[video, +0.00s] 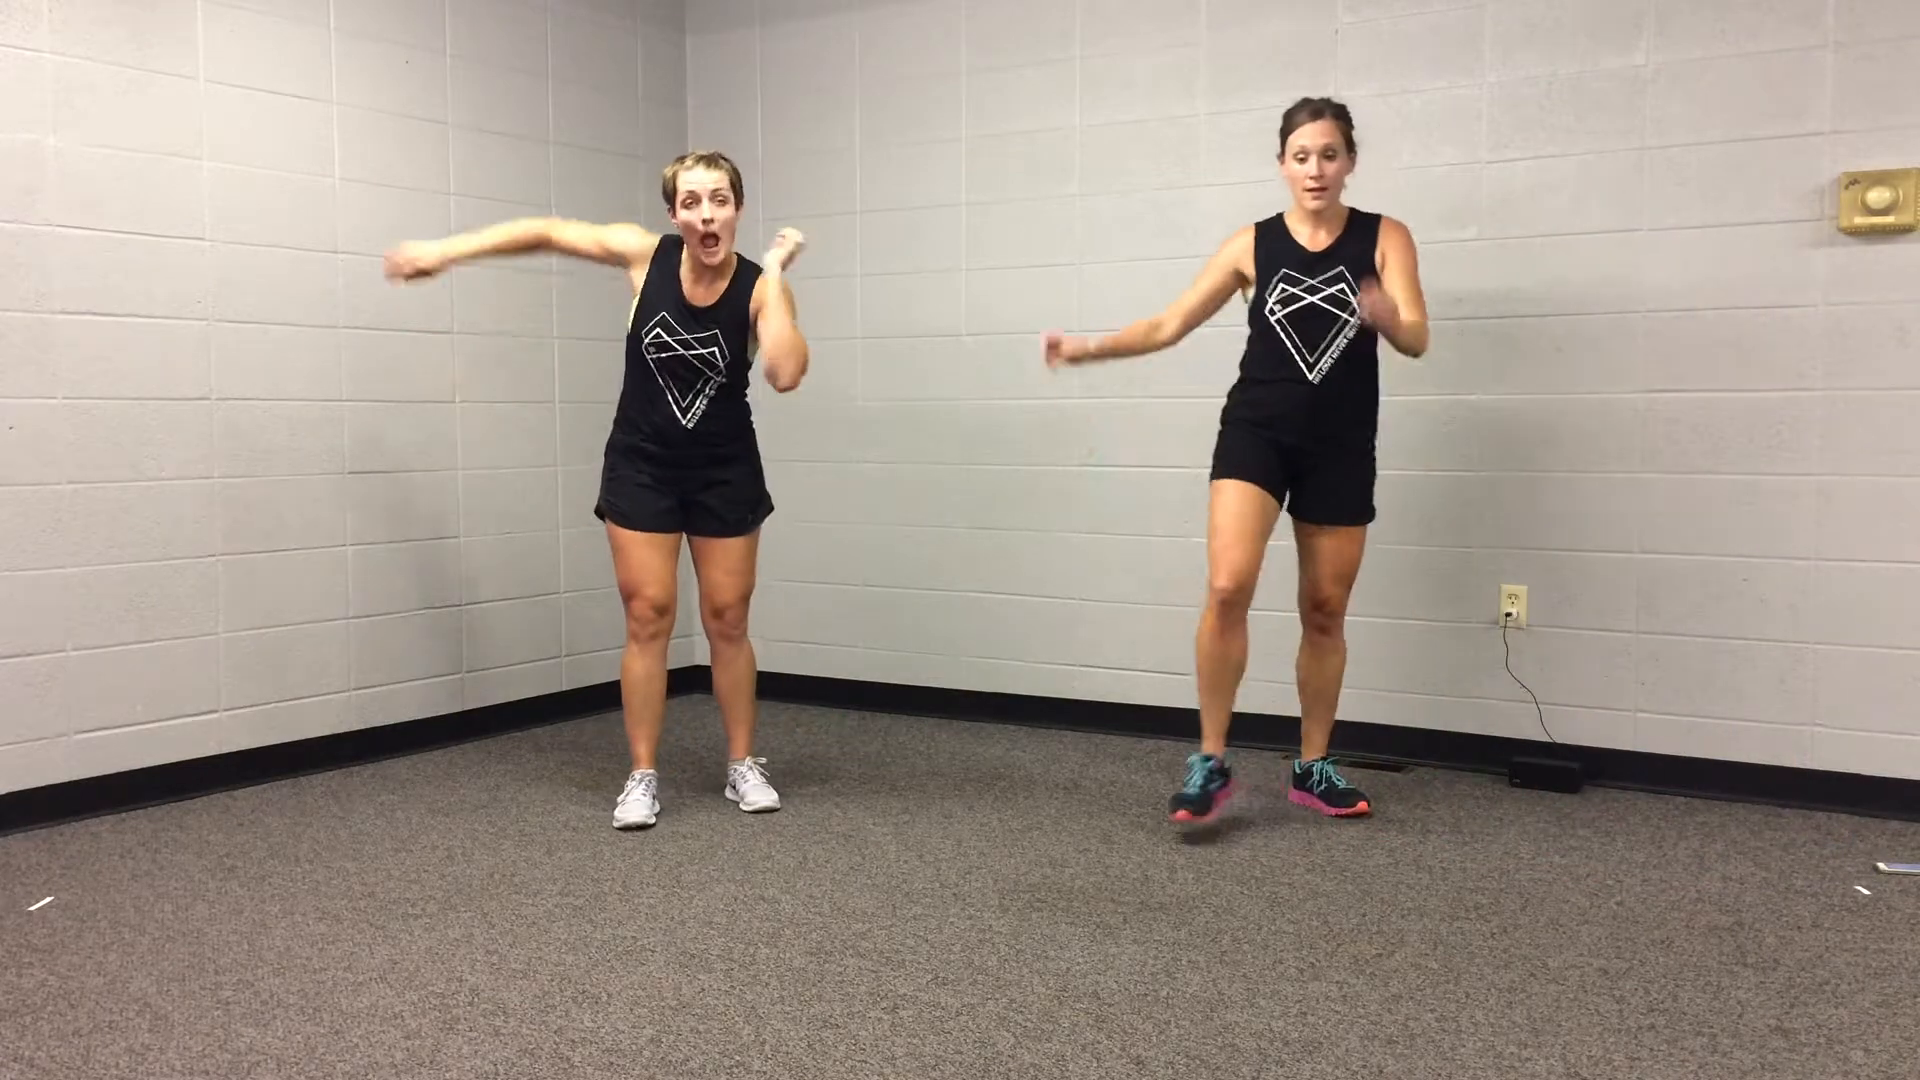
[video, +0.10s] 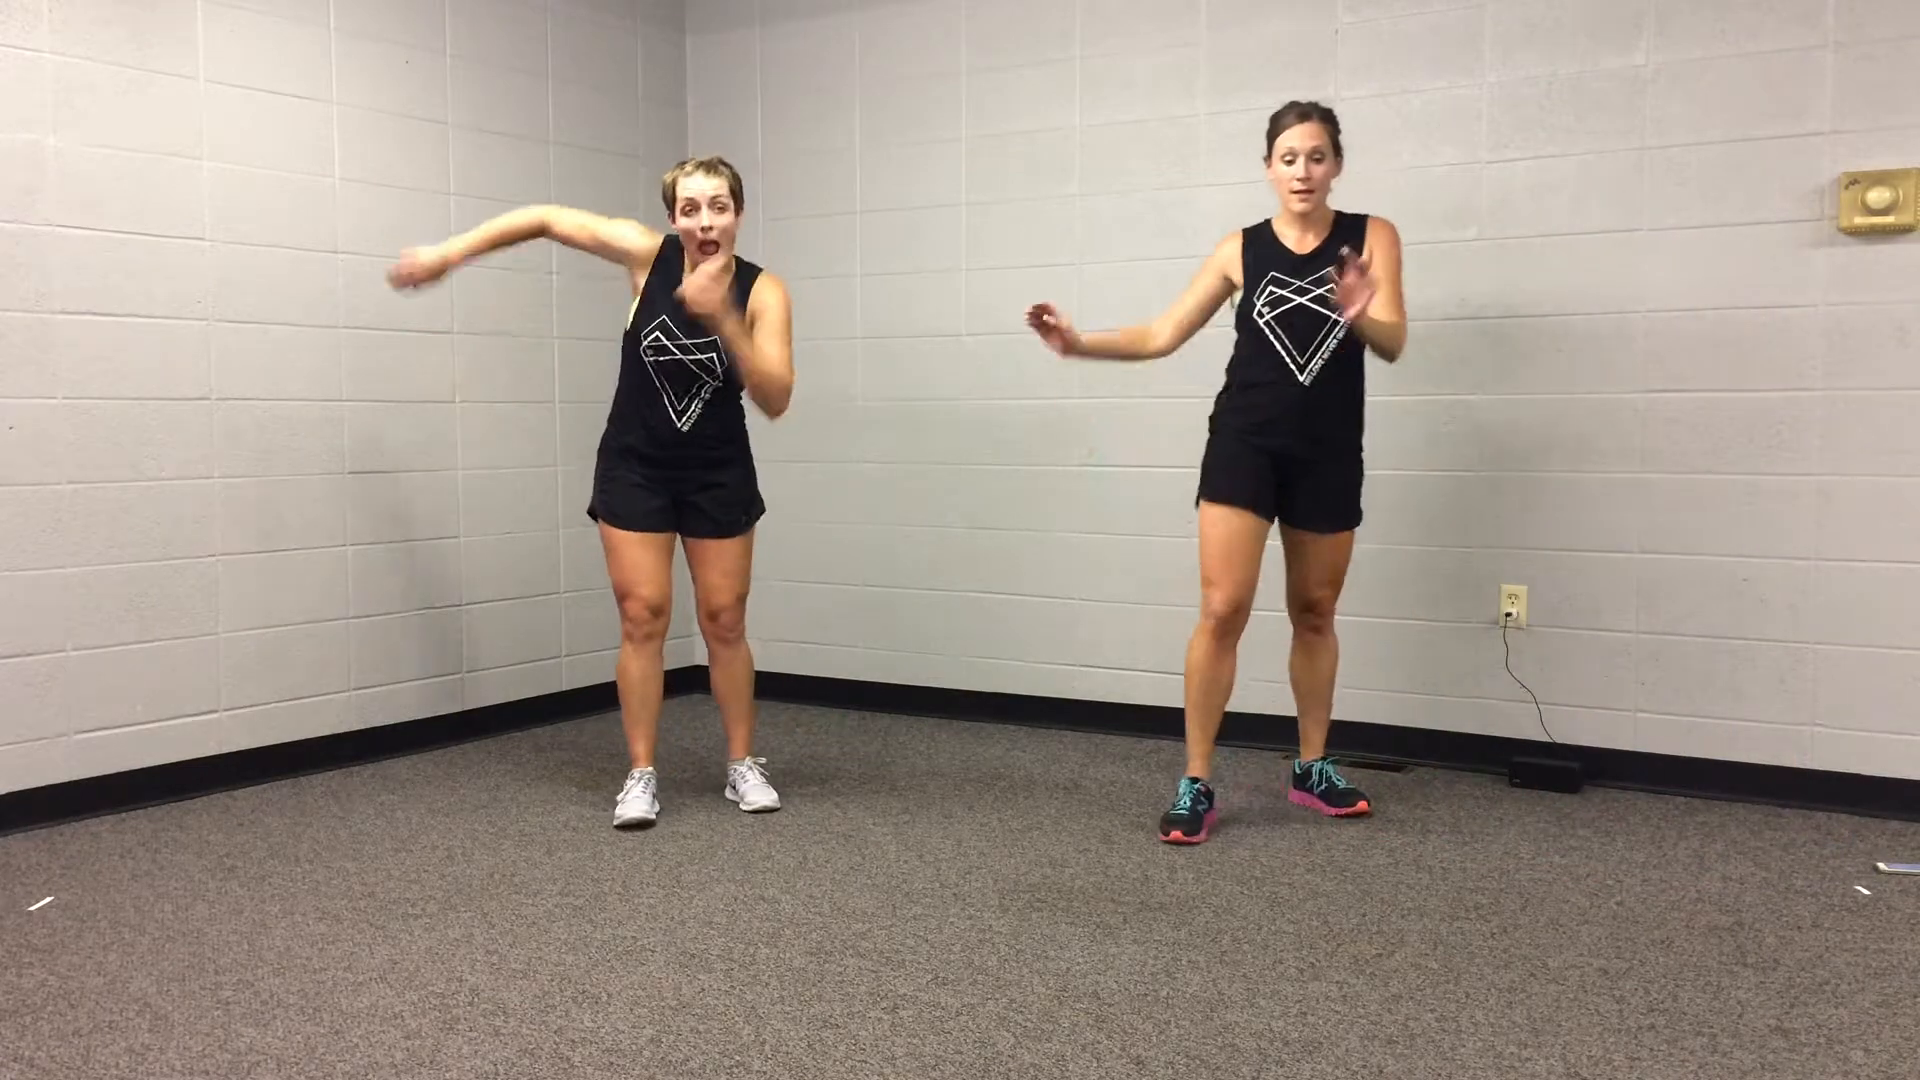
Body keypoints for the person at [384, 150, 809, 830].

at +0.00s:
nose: (706, 214)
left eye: (719, 200)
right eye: (691, 202)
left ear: (738, 209)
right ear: (674, 210)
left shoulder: (761, 285)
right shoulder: (643, 252)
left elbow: (786, 373)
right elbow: (545, 232)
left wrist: (774, 274)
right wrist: (439, 252)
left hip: (724, 468)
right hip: (641, 465)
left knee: (729, 617)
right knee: (646, 615)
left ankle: (744, 764)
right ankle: (642, 776)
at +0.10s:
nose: (707, 220)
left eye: (719, 206)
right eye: (692, 209)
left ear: (739, 213)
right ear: (674, 216)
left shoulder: (762, 290)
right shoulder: (649, 254)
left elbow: (776, 398)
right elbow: (546, 218)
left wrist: (724, 319)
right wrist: (447, 254)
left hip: (717, 470)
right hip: (635, 467)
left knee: (725, 619)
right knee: (641, 616)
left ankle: (744, 764)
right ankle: (641, 774)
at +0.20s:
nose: (700, 233)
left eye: (713, 218)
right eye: (686, 220)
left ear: (734, 223)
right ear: (669, 226)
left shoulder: (761, 300)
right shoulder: (640, 268)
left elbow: (760, 406)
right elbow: (529, 261)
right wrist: (470, 347)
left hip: (712, 465)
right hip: (626, 458)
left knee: (721, 630)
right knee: (635, 618)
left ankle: (741, 764)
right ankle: (641, 773)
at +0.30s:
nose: (689, 246)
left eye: (702, 232)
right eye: (676, 232)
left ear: (722, 235)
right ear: (657, 235)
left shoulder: (752, 313)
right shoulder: (618, 304)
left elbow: (755, 414)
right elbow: (534, 363)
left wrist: (744, 504)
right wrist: (530, 466)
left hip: (704, 493)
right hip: (621, 487)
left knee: (717, 644)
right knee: (632, 633)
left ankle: (741, 762)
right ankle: (641, 778)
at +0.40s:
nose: (679, 251)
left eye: (693, 239)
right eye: (667, 236)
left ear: (707, 239)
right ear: (642, 234)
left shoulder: (732, 303)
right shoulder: (601, 317)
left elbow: (783, 377)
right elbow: (580, 422)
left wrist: (836, 420)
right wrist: (653, 449)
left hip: (705, 493)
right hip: (618, 499)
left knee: (736, 630)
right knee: (627, 640)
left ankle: (752, 747)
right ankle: (640, 779)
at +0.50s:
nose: (674, 239)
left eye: (688, 227)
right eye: (662, 223)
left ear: (703, 225)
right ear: (635, 215)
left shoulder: (715, 275)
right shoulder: (598, 291)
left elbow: (803, 316)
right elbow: (637, 365)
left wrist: (856, 276)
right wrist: (721, 293)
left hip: (713, 476)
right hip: (631, 486)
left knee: (761, 606)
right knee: (639, 641)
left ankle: (782, 766)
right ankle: (641, 779)